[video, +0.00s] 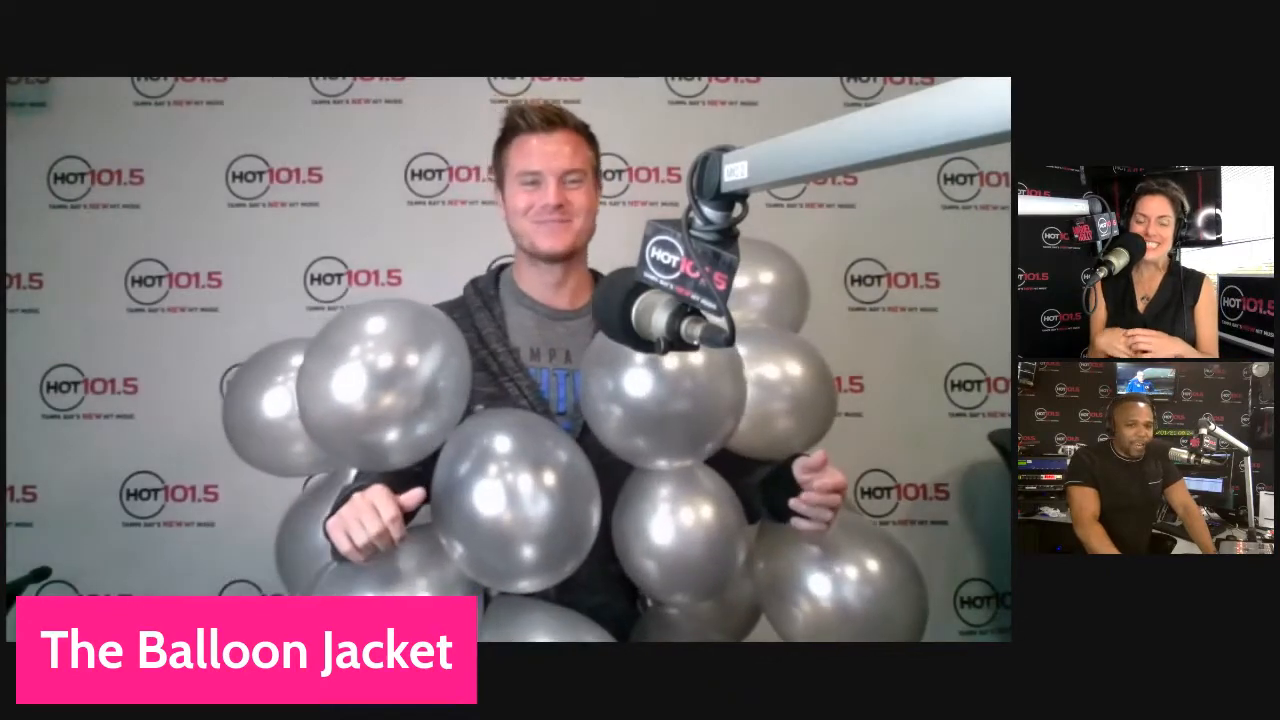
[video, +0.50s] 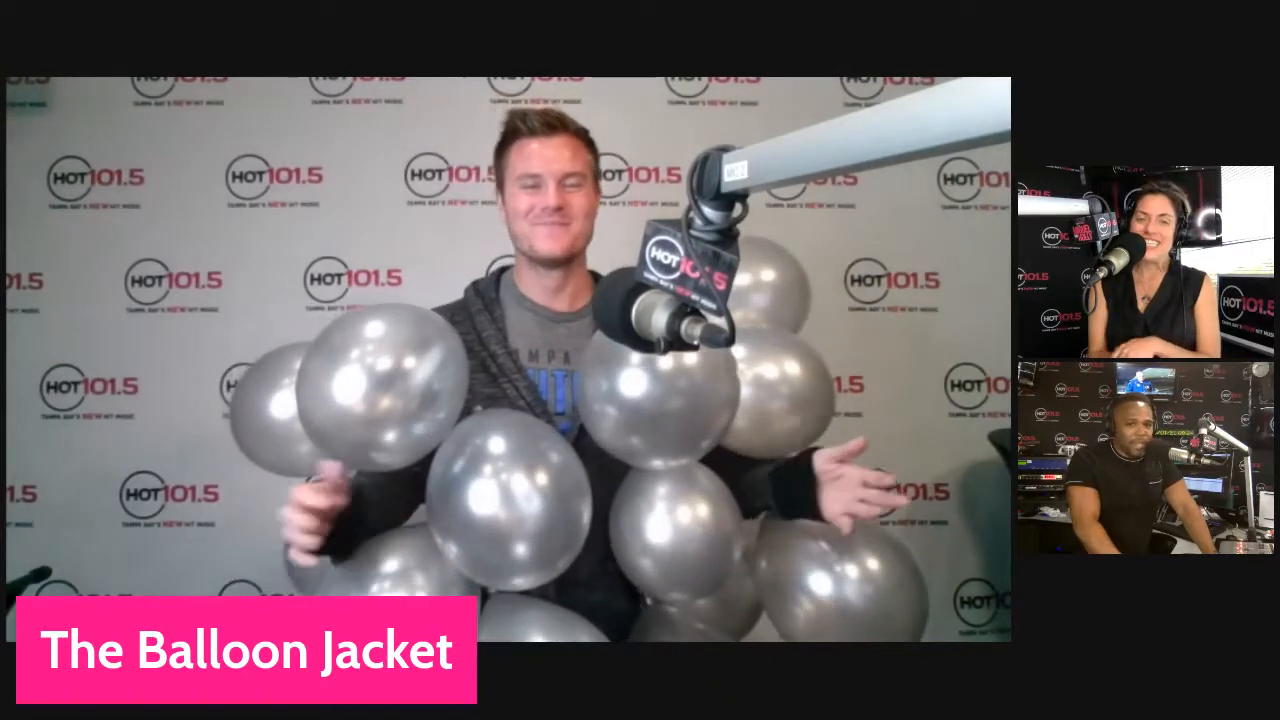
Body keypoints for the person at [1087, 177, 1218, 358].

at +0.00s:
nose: (1150, 231)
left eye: (1163, 223)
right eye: (1141, 220)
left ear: (1177, 230)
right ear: (1127, 224)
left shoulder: (1198, 287)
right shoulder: (1104, 285)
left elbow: (1211, 361)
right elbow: (1093, 359)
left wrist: (1179, 347)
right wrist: (1099, 342)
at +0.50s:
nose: (1150, 229)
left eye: (1163, 221)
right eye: (1141, 218)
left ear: (1178, 231)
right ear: (1128, 224)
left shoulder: (1198, 285)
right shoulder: (1104, 285)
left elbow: (1211, 360)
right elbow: (1095, 354)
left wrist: (1158, 346)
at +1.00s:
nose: (1146, 229)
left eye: (1160, 220)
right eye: (1138, 218)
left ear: (1175, 230)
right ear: (1127, 224)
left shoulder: (1197, 284)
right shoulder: (1103, 285)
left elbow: (1211, 358)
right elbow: (1093, 359)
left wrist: (1169, 344)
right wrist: (1100, 345)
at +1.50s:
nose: (1143, 227)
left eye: (1156, 218)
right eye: (1134, 218)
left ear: (1172, 227)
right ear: (1124, 225)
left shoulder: (1197, 285)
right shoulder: (1102, 287)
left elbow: (1209, 361)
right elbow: (1093, 355)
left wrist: (1163, 351)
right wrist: (1116, 350)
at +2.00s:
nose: (1139, 227)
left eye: (1152, 217)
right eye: (1131, 219)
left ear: (1170, 225)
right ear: (1122, 228)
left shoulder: (1198, 287)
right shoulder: (1104, 287)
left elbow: (1212, 363)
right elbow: (1095, 357)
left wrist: (1166, 350)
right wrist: (1135, 352)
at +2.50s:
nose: (1140, 227)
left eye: (1152, 217)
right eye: (1131, 219)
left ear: (1168, 226)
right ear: (1121, 228)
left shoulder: (1197, 287)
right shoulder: (1102, 288)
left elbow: (1212, 364)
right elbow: (1095, 358)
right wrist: (1133, 354)